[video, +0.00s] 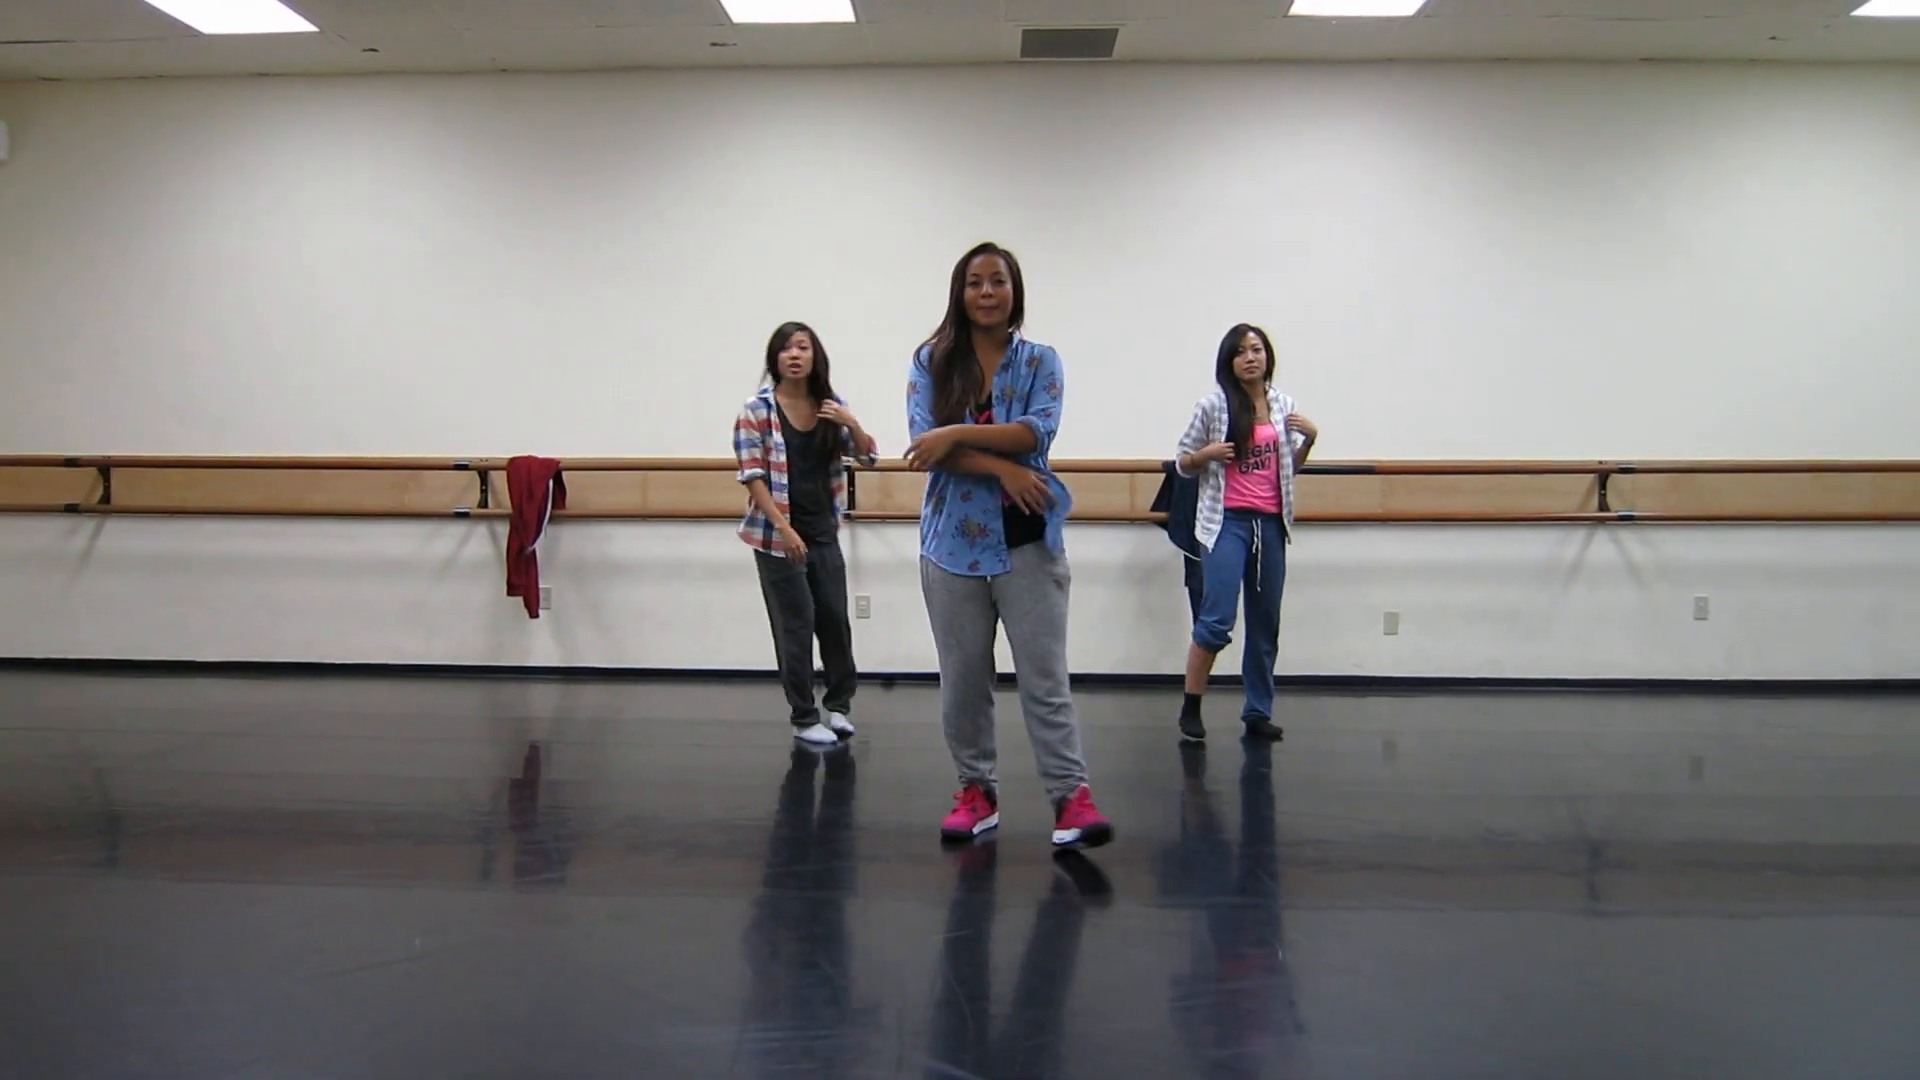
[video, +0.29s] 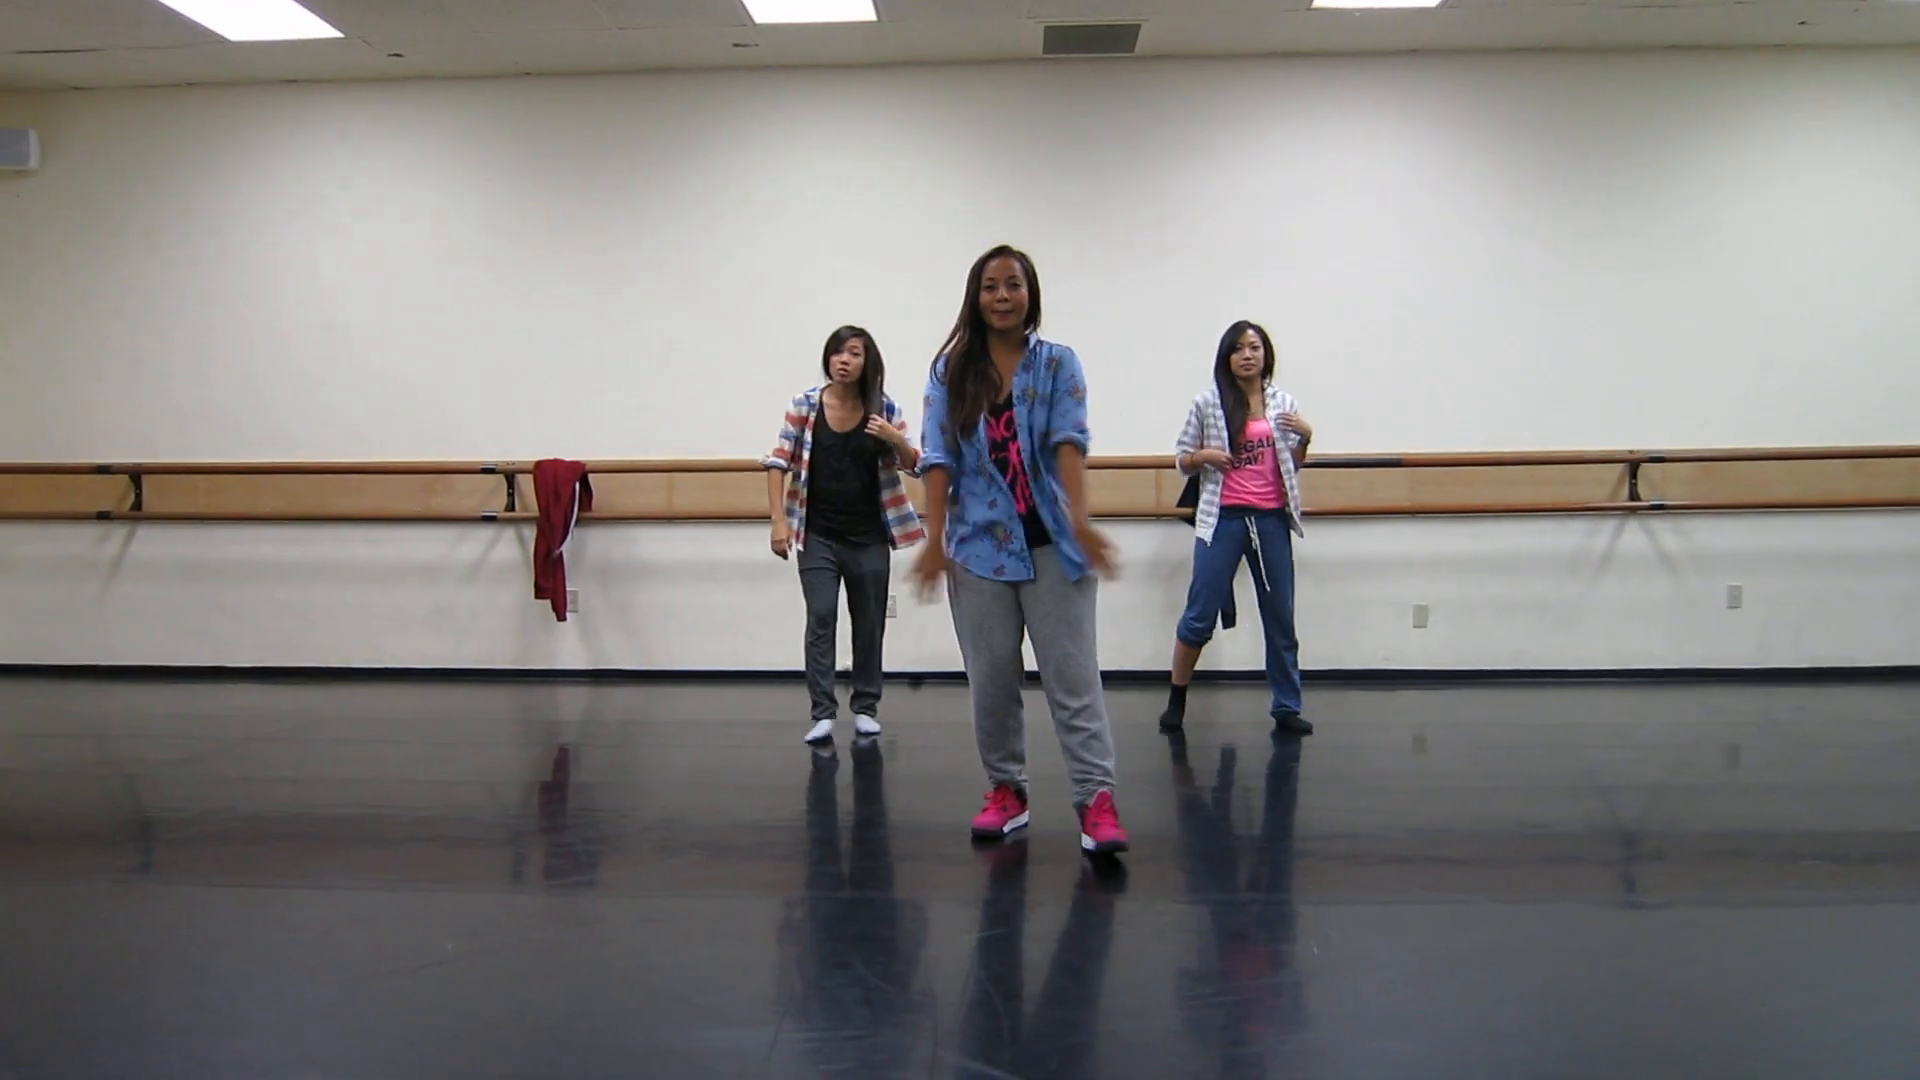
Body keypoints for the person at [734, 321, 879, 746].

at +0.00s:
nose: (795, 354)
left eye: (803, 347)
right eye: (787, 348)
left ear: (816, 357)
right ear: (774, 357)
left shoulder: (831, 408)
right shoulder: (756, 412)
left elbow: (867, 455)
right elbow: (753, 478)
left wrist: (850, 422)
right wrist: (782, 528)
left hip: (824, 536)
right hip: (778, 538)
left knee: (835, 622)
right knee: (795, 628)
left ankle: (838, 706)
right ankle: (805, 718)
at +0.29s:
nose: (846, 359)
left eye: (855, 354)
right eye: (839, 352)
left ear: (869, 363)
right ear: (827, 358)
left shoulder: (885, 409)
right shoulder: (806, 406)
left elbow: (915, 466)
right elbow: (778, 464)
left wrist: (896, 440)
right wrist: (778, 521)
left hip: (870, 539)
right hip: (817, 537)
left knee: (868, 628)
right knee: (821, 621)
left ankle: (866, 709)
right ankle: (822, 713)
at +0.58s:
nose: (852, 360)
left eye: (862, 355)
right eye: (846, 352)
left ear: (875, 364)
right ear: (835, 359)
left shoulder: (890, 410)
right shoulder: (814, 408)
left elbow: (909, 473)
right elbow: (800, 471)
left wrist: (897, 514)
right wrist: (795, 526)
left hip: (873, 539)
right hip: (821, 537)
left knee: (870, 627)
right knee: (813, 618)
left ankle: (869, 709)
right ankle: (828, 687)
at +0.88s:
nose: (843, 368)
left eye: (853, 364)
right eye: (838, 360)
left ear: (865, 373)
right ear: (826, 366)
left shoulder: (880, 419)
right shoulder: (804, 416)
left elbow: (901, 477)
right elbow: (791, 473)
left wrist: (910, 529)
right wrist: (789, 525)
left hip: (866, 540)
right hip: (815, 541)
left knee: (869, 625)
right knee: (824, 628)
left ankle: (871, 711)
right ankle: (833, 704)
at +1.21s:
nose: (835, 372)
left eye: (845, 368)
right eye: (830, 365)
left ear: (857, 377)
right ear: (819, 371)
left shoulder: (873, 422)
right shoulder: (797, 418)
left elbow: (885, 484)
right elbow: (781, 477)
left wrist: (889, 538)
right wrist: (776, 528)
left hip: (858, 540)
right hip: (809, 542)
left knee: (865, 618)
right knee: (820, 629)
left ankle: (883, 700)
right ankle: (831, 708)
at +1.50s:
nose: (839, 377)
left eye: (848, 373)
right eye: (834, 370)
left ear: (860, 382)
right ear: (822, 374)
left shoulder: (874, 426)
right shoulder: (800, 421)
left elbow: (883, 485)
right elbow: (782, 480)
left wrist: (879, 537)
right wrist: (781, 533)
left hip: (857, 544)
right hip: (807, 544)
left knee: (870, 630)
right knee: (811, 631)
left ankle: (880, 712)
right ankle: (818, 713)